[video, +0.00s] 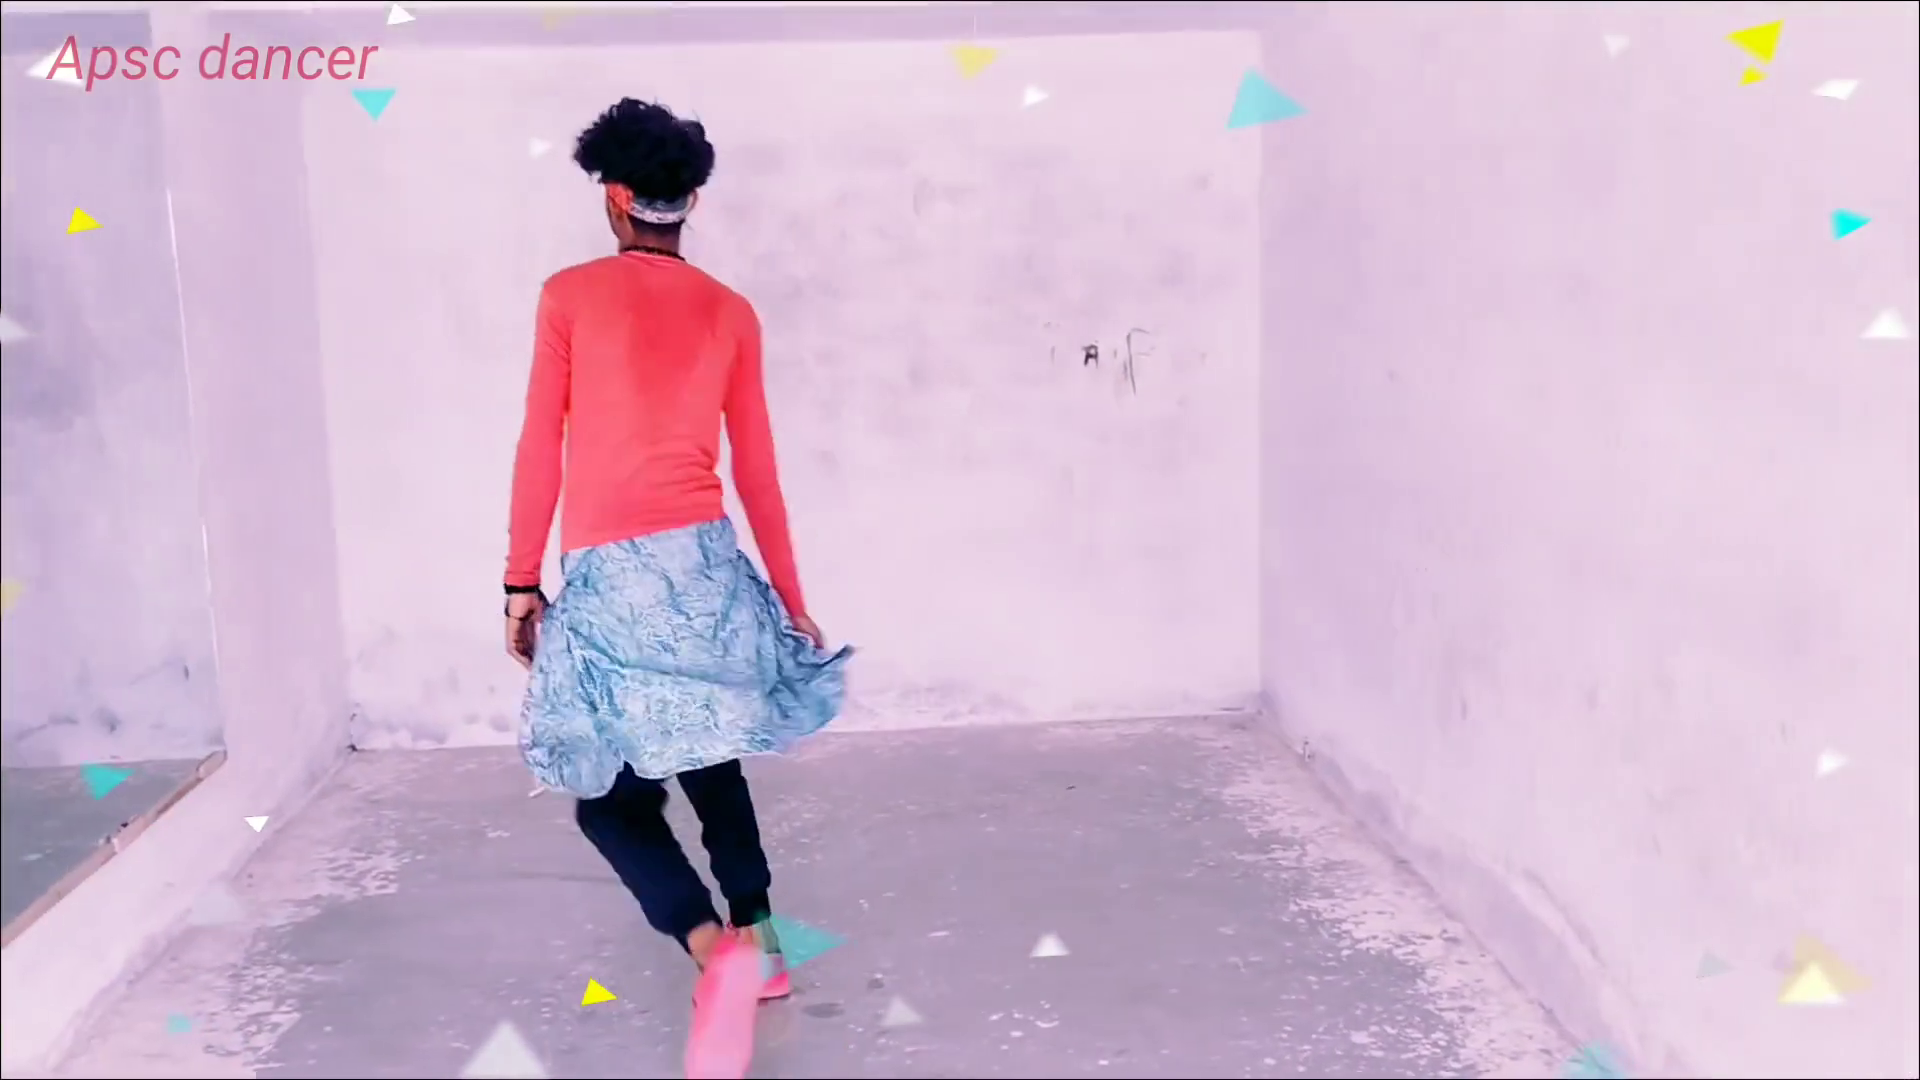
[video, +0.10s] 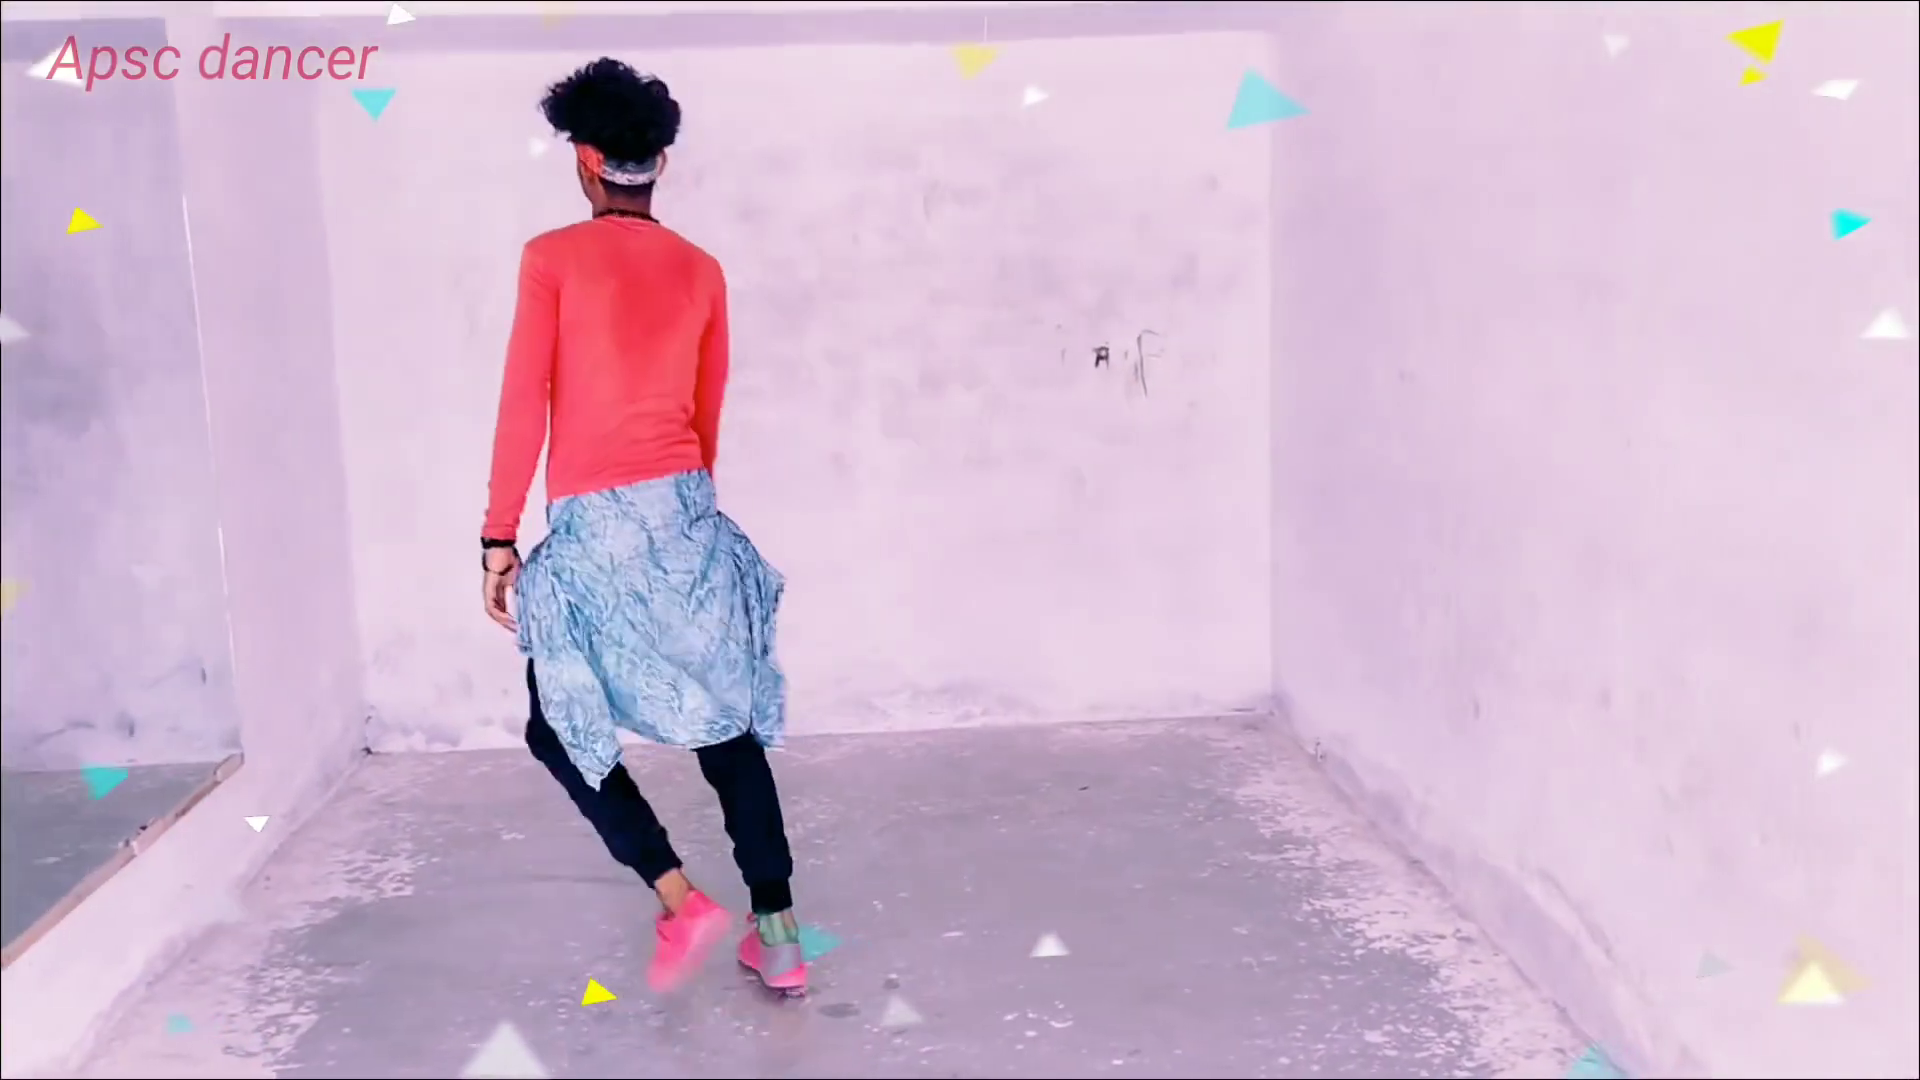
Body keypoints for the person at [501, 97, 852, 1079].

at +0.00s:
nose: (608, 201)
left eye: (608, 189)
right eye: (621, 190)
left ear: (613, 197)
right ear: (695, 203)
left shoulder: (571, 295)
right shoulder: (728, 311)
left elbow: (541, 442)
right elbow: (757, 476)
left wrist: (521, 576)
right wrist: (791, 601)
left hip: (606, 574)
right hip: (706, 565)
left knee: (605, 786)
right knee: (711, 761)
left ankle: (710, 944)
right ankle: (759, 949)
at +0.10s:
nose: (575, 160)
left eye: (576, 149)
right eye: (583, 149)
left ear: (585, 159)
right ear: (663, 163)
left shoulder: (553, 258)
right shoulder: (700, 269)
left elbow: (524, 407)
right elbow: (705, 420)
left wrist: (500, 537)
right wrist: (684, 519)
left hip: (592, 532)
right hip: (686, 526)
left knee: (557, 725)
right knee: (727, 721)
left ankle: (680, 899)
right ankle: (779, 934)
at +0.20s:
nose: (535, 164)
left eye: (536, 152)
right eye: (546, 150)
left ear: (544, 164)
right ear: (618, 160)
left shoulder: (532, 261)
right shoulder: (658, 256)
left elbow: (503, 399)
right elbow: (636, 373)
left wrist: (465, 527)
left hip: (588, 529)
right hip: (678, 515)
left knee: (527, 688)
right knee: (725, 721)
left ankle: (583, 882)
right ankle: (785, 920)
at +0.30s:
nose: (494, 211)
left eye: (495, 201)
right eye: (495, 204)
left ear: (501, 207)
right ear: (575, 201)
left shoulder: (508, 300)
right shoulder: (611, 271)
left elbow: (487, 430)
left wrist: (437, 553)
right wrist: (500, 249)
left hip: (571, 540)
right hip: (653, 522)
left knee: (515, 677)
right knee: (706, 712)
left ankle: (497, 847)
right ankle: (786, 904)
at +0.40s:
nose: (449, 228)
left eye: (451, 217)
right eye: (458, 213)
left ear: (462, 231)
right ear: (530, 214)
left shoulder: (473, 319)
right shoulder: (567, 281)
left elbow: (471, 447)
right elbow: (535, 216)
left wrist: (431, 568)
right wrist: (469, 158)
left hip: (542, 547)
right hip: (618, 530)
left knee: (470, 677)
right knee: (642, 697)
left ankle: (487, 847)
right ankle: (752, 838)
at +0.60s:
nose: (426, 165)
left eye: (427, 155)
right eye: (438, 149)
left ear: (437, 170)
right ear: (504, 151)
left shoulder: (458, 255)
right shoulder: (530, 209)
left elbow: (473, 384)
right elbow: (494, 119)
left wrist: (442, 498)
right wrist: (439, 32)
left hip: (511, 480)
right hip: (576, 465)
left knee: (497, 661)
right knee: (556, 646)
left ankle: (508, 838)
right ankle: (630, 802)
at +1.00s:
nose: (474, 162)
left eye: (487, 154)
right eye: (480, 148)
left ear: (526, 173)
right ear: (522, 168)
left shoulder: (552, 251)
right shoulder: (522, 218)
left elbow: (597, 369)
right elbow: (493, 91)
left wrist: (583, 476)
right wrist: (463, 8)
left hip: (561, 468)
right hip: (547, 459)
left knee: (537, 637)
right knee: (556, 630)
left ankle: (563, 818)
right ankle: (598, 787)